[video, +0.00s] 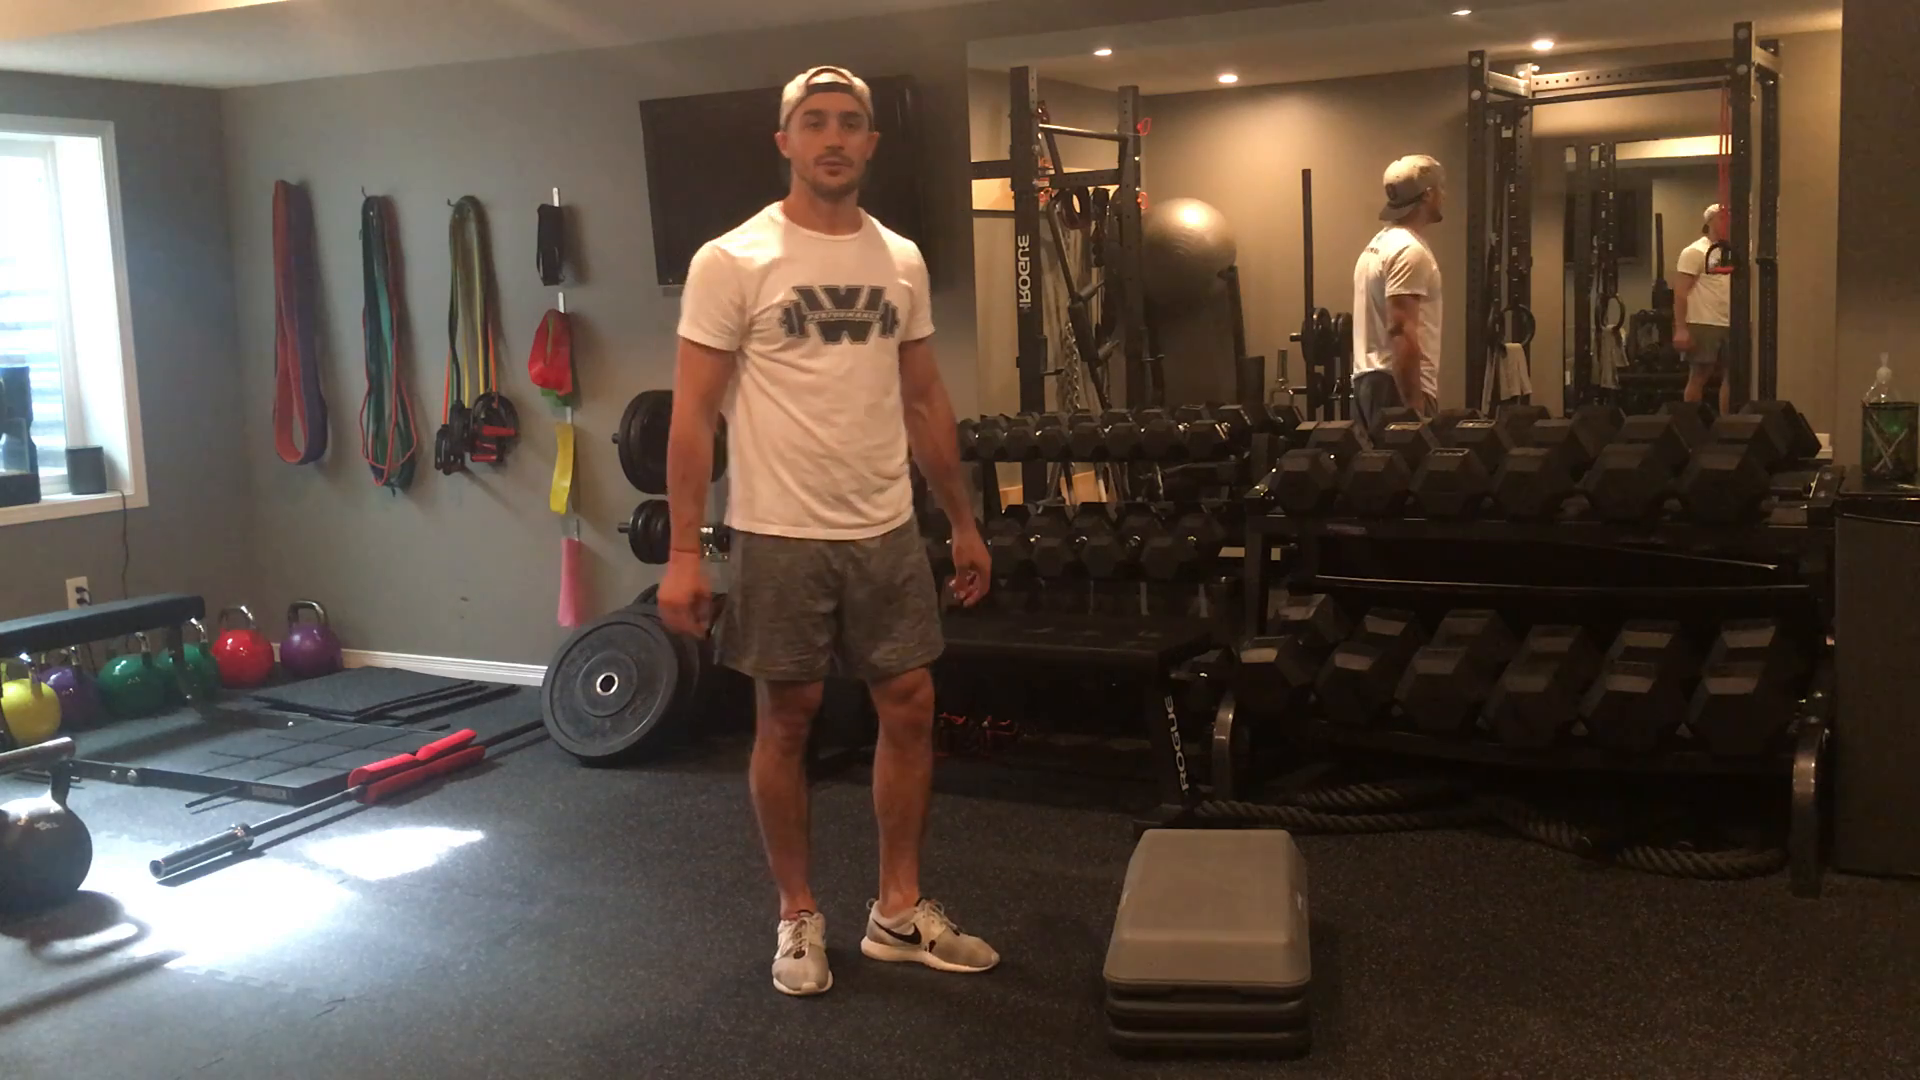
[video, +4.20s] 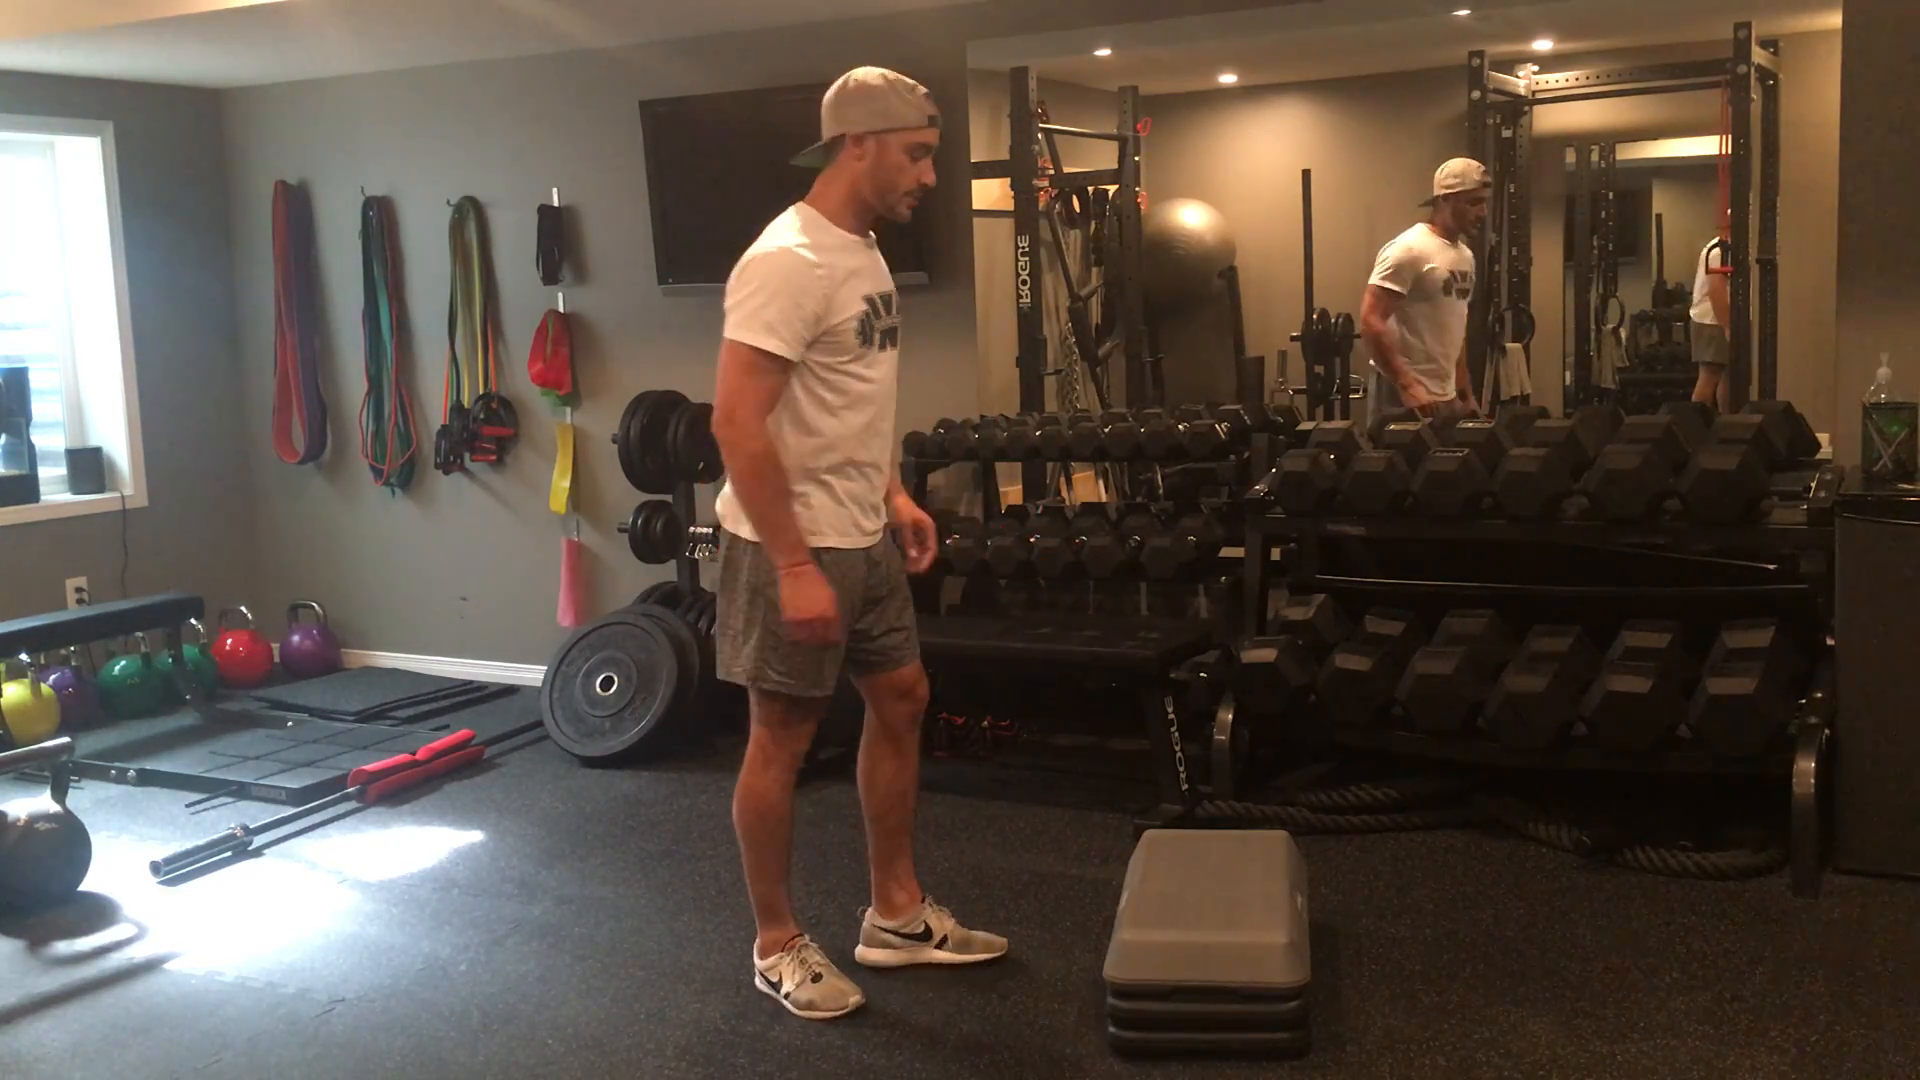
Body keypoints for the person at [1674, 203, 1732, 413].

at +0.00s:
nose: (1728, 224)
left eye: (1729, 219)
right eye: (1724, 219)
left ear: (1729, 223)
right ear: (1711, 223)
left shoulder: (1730, 252)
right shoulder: (1694, 252)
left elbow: (1739, 290)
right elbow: (1680, 293)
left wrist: (1742, 323)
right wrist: (1680, 327)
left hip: (1730, 326)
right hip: (1703, 326)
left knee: (1731, 378)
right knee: (1699, 376)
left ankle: (1725, 425)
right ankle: (1689, 423)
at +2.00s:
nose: (1732, 223)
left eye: (1735, 218)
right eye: (1729, 218)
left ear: (1741, 223)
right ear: (1723, 220)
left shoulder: (1746, 254)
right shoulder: (1707, 254)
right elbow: (1698, 291)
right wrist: (1698, 325)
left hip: (1742, 325)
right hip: (1718, 323)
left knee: (1732, 377)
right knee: (1722, 374)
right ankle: (1714, 423)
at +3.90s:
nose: (1737, 228)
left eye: (1738, 223)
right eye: (1734, 223)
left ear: (1724, 223)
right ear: (1725, 223)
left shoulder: (1730, 252)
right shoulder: (1708, 251)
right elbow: (1701, 295)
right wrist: (1712, 330)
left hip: (1728, 324)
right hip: (1713, 325)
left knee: (1726, 382)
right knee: (1712, 381)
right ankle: (1698, 425)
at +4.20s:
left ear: (1726, 224)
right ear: (1735, 226)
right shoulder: (1718, 251)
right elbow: (1717, 292)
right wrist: (1728, 325)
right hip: (1710, 322)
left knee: (1727, 376)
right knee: (1709, 375)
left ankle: (1728, 423)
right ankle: (1697, 423)